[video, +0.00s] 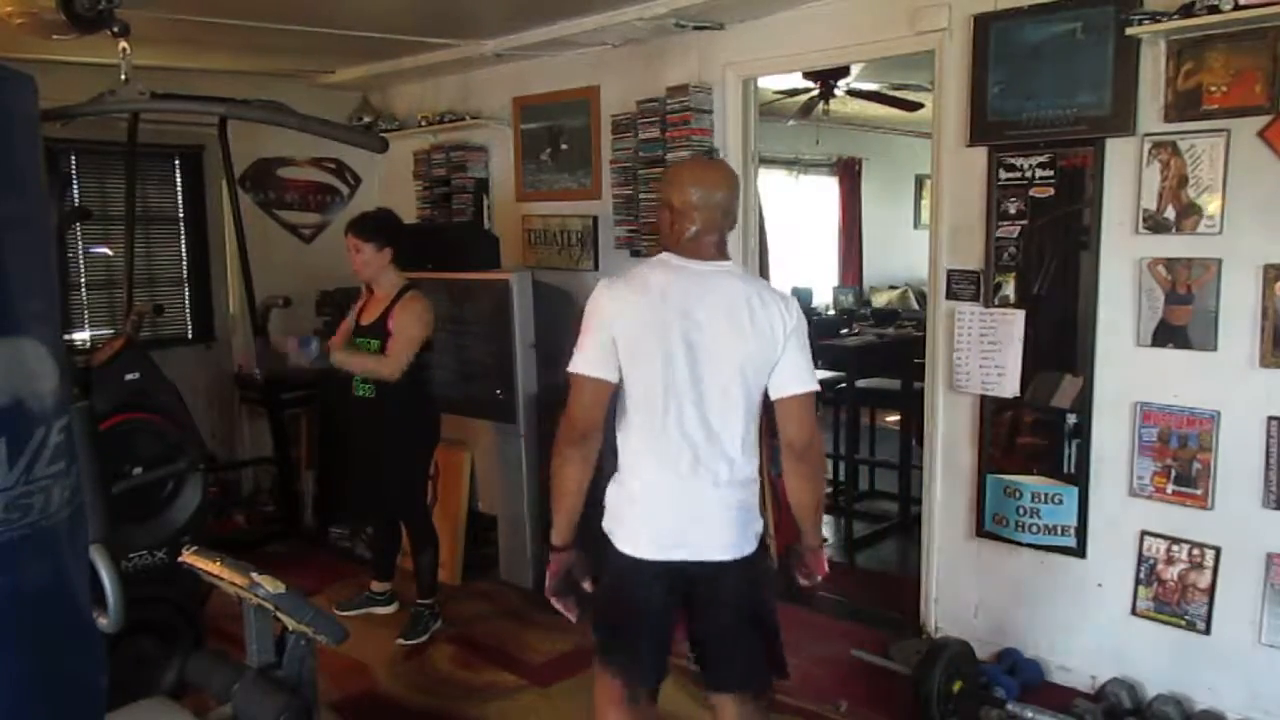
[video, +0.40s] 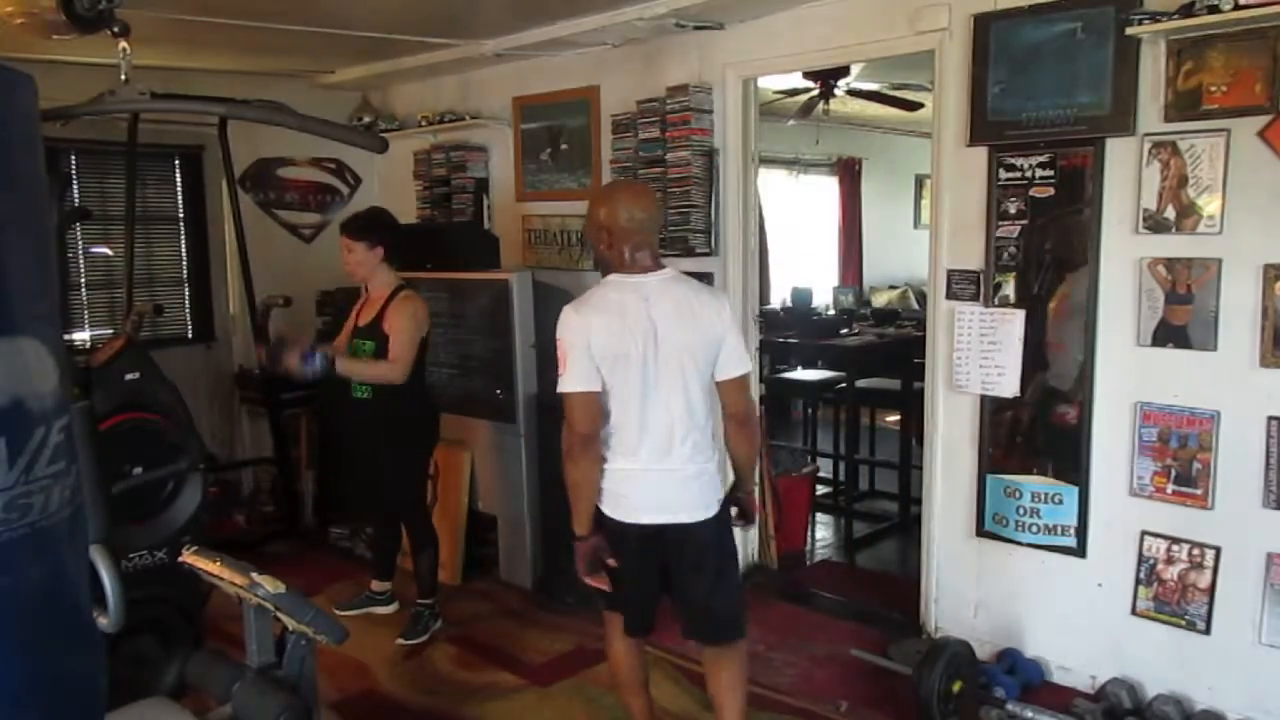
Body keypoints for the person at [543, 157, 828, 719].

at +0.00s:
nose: (656, 215)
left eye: (661, 206)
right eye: (660, 204)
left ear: (677, 216)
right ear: (729, 219)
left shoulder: (618, 297)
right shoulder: (774, 309)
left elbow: (580, 432)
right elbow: (800, 441)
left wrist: (562, 543)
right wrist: (811, 539)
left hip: (637, 546)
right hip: (732, 548)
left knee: (621, 691)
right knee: (738, 699)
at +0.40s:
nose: (589, 238)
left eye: (591, 231)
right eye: (592, 229)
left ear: (602, 239)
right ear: (658, 233)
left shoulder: (583, 316)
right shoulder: (711, 305)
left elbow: (583, 435)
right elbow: (739, 412)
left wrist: (584, 531)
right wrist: (747, 486)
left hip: (624, 516)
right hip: (700, 515)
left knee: (623, 626)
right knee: (724, 642)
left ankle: (640, 713)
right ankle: (732, 714)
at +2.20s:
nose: (651, 222)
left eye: (664, 209)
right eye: (642, 212)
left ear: (691, 214)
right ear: (632, 221)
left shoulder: (732, 288)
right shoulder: (623, 290)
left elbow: (763, 377)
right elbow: (611, 373)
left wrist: (711, 399)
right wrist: (597, 452)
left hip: (702, 464)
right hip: (633, 459)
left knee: (708, 592)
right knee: (620, 560)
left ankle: (712, 704)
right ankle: (641, 641)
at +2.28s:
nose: (658, 217)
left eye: (670, 203)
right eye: (647, 208)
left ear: (699, 207)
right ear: (638, 218)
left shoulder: (743, 284)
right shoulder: (628, 285)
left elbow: (765, 379)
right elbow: (621, 357)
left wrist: (709, 353)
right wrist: (624, 404)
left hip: (710, 463)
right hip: (637, 457)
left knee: (714, 593)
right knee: (614, 575)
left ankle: (712, 706)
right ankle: (644, 644)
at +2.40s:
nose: (671, 229)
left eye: (682, 214)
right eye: (658, 219)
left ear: (708, 215)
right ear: (646, 228)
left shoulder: (748, 290)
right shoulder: (631, 291)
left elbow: (762, 386)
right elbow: (629, 372)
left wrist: (721, 307)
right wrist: (622, 383)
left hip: (715, 472)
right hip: (641, 466)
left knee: (718, 602)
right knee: (621, 591)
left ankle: (712, 705)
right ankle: (650, 670)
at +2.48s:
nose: (677, 232)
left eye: (687, 217)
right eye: (663, 223)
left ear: (711, 215)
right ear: (651, 229)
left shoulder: (749, 286)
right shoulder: (632, 290)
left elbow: (758, 379)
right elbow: (627, 375)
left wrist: (721, 295)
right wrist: (637, 442)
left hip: (716, 472)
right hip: (642, 467)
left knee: (719, 605)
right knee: (630, 599)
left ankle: (713, 707)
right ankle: (645, 710)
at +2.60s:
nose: (675, 223)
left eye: (686, 209)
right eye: (661, 215)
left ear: (711, 210)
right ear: (648, 225)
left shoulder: (752, 285)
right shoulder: (629, 290)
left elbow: (767, 380)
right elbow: (612, 382)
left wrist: (720, 301)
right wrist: (598, 475)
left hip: (723, 481)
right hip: (644, 478)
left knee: (720, 612)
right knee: (640, 617)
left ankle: (713, 708)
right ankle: (641, 714)